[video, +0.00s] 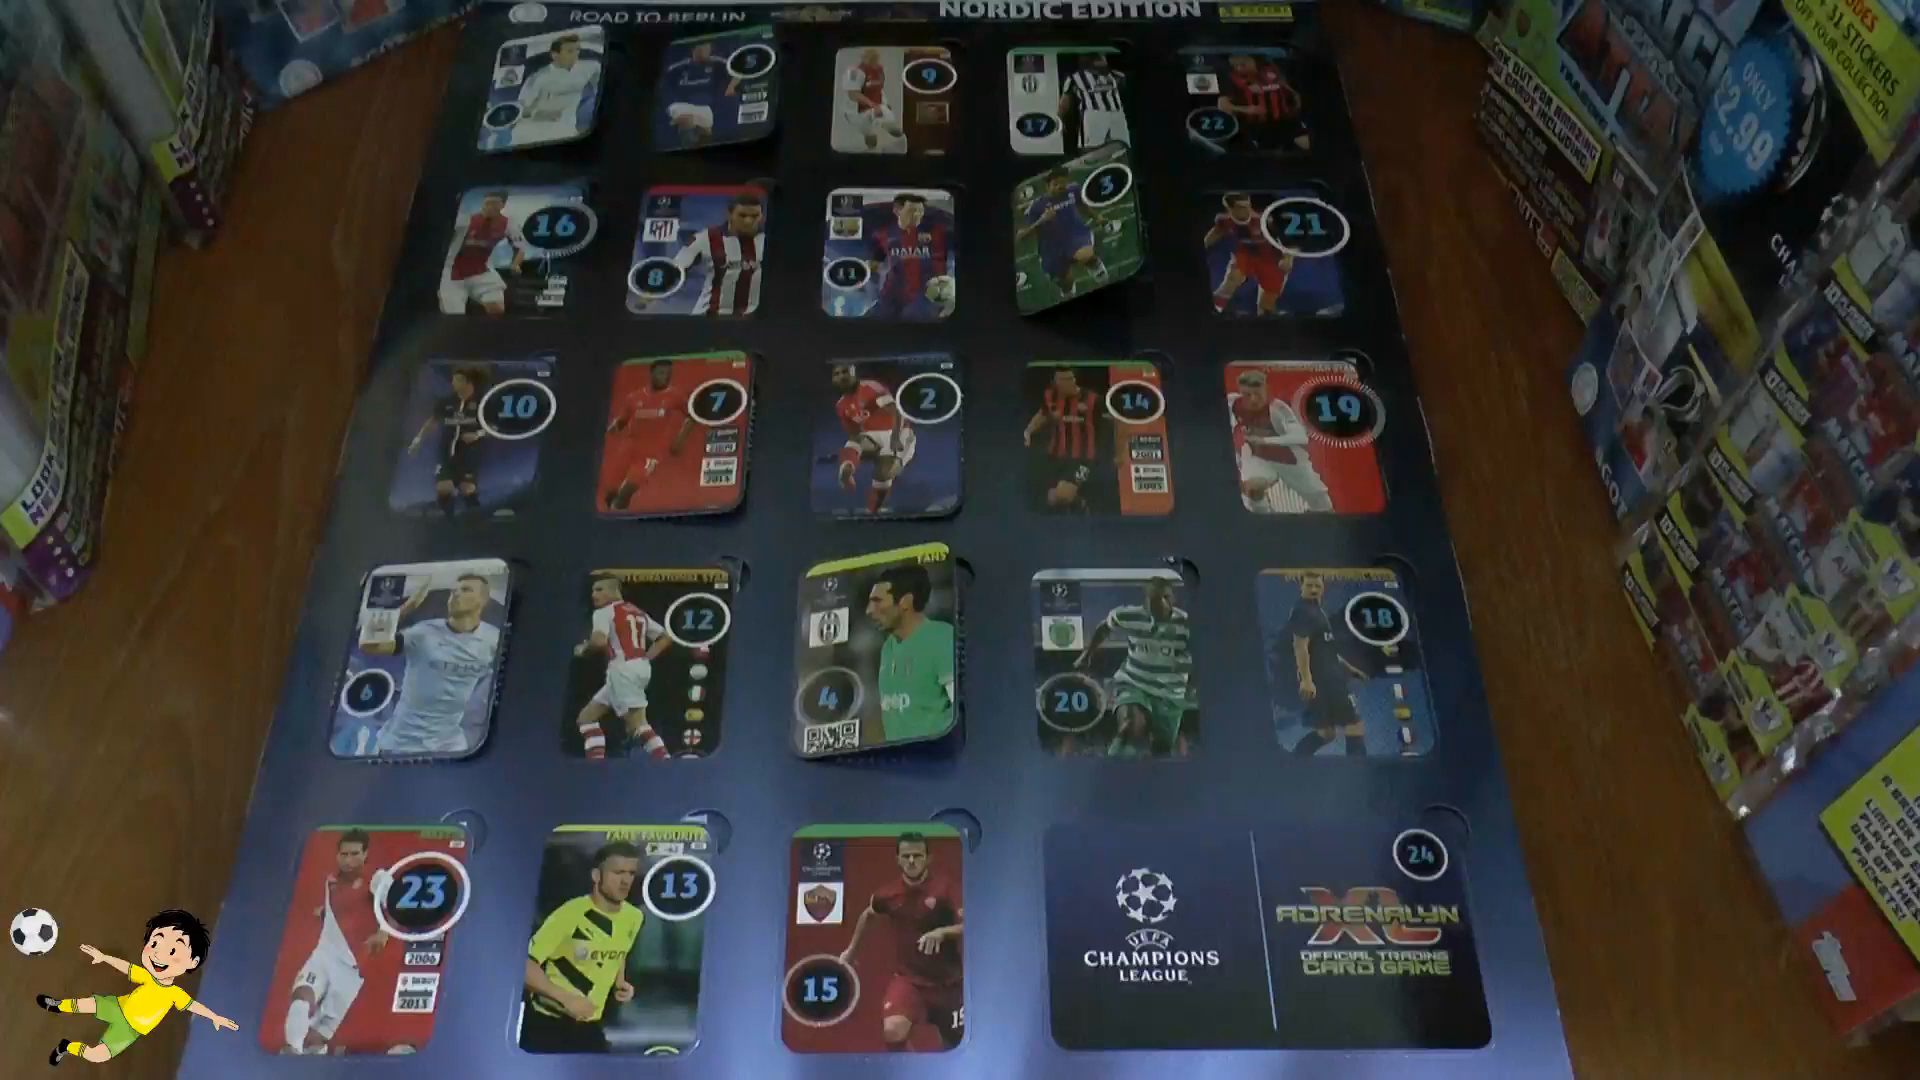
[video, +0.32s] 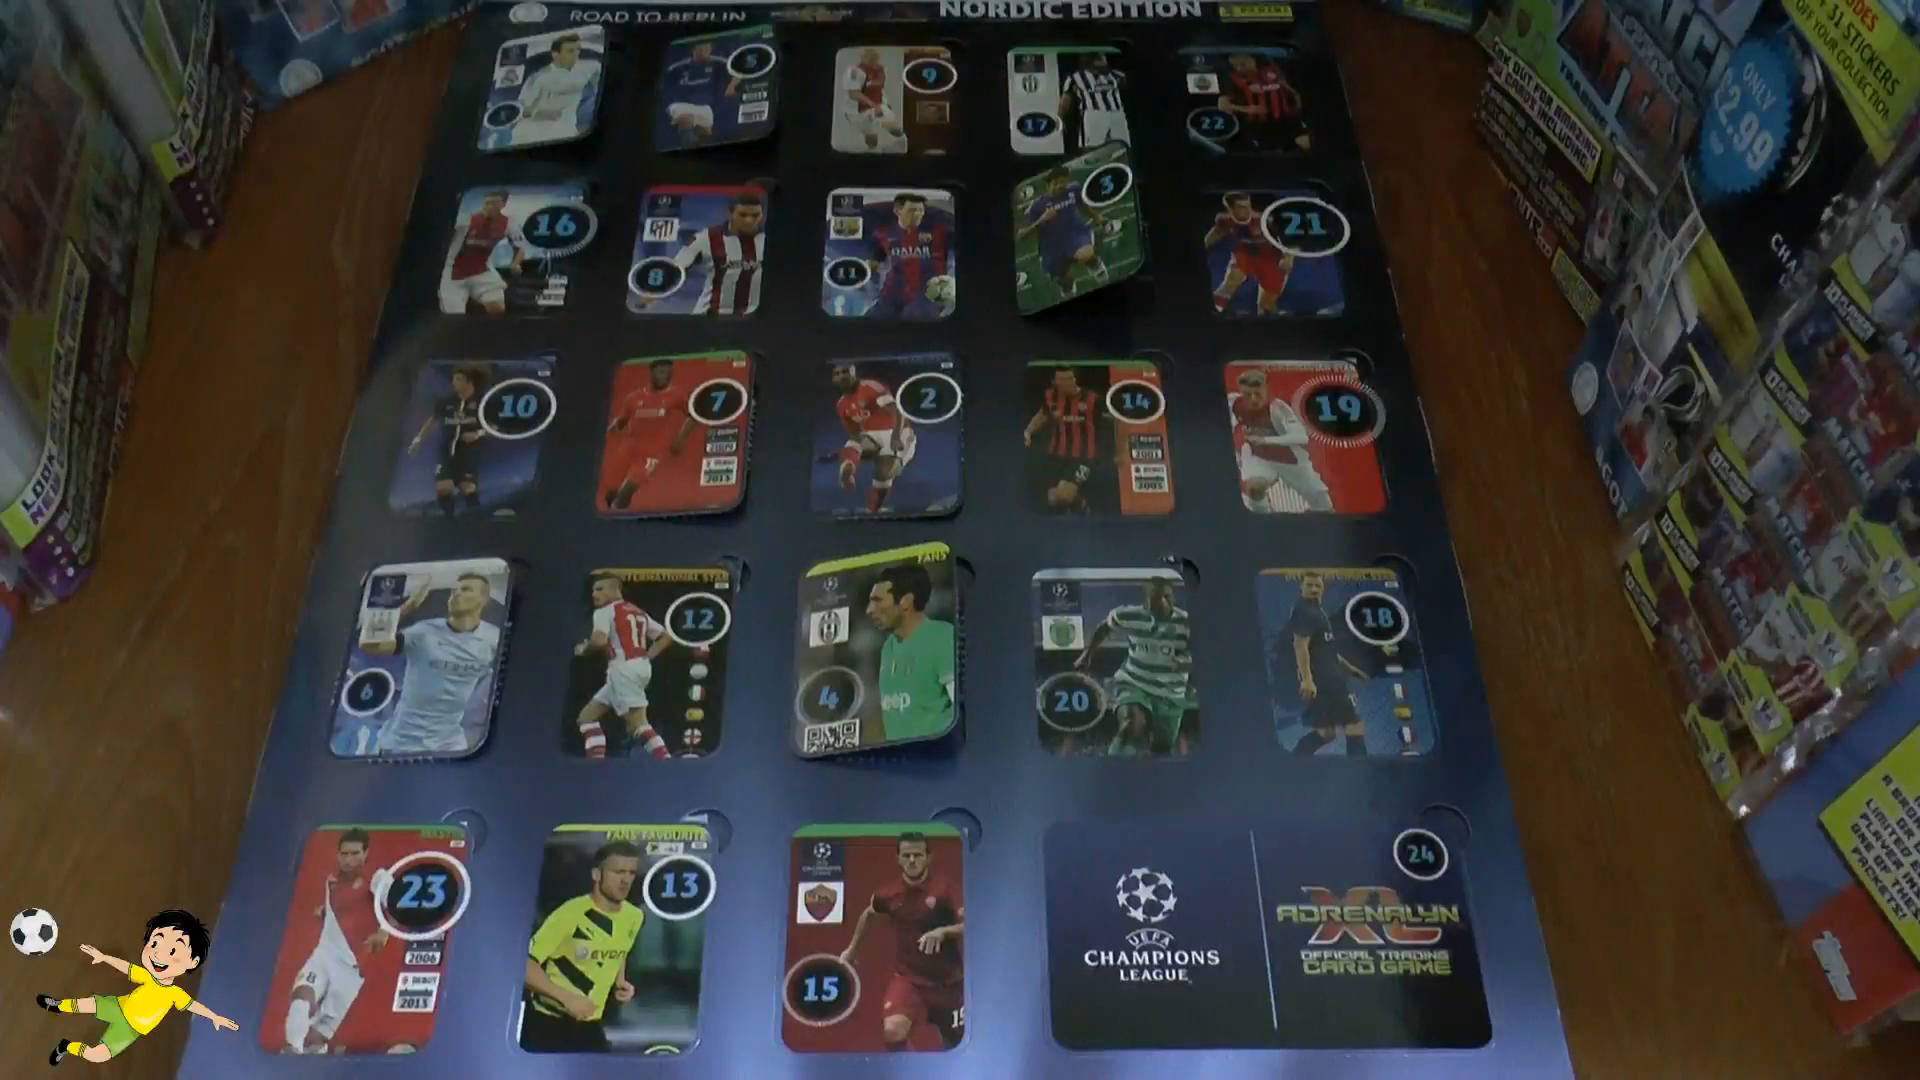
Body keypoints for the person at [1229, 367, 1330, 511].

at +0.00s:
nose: (1253, 399)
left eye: (1257, 394)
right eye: (1247, 395)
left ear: (1266, 391)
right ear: (1240, 394)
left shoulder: (1278, 408)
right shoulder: (1232, 404)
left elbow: (1301, 437)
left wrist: (1264, 441)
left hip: (1293, 463)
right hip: (1259, 461)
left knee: (1319, 496)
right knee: (1252, 489)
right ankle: (1267, 527)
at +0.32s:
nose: (1253, 399)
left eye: (1258, 394)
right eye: (1247, 394)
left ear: (1266, 391)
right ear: (1241, 393)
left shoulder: (1278, 408)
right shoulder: (1233, 404)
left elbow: (1301, 437)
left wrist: (1265, 441)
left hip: (1293, 462)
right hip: (1259, 460)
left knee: (1319, 495)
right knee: (1253, 488)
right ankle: (1267, 527)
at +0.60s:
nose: (1253, 399)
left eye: (1258, 393)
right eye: (1248, 394)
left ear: (1266, 391)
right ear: (1241, 393)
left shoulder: (1279, 408)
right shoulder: (1235, 404)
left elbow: (1302, 437)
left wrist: (1265, 440)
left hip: (1293, 462)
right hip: (1260, 460)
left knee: (1320, 496)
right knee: (1253, 488)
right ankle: (1266, 527)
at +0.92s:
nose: (1253, 399)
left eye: (1258, 393)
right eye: (1247, 394)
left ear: (1266, 391)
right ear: (1241, 393)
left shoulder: (1278, 407)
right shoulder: (1235, 404)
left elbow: (1301, 437)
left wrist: (1264, 440)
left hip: (1293, 462)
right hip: (1259, 460)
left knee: (1320, 496)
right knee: (1254, 487)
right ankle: (1266, 527)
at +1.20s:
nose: (1253, 399)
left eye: (1257, 393)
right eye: (1247, 394)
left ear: (1266, 391)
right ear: (1240, 393)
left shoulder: (1278, 407)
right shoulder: (1236, 405)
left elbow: (1301, 436)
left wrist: (1264, 441)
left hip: (1293, 463)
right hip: (1260, 460)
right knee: (1254, 487)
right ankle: (1266, 525)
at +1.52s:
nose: (1254, 401)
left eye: (1258, 395)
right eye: (1248, 396)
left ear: (1267, 392)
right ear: (1241, 396)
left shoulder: (1279, 409)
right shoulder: (1237, 407)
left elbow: (1302, 439)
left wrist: (1265, 443)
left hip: (1294, 465)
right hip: (1260, 462)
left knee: (1325, 509)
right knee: (1255, 489)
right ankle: (1266, 528)